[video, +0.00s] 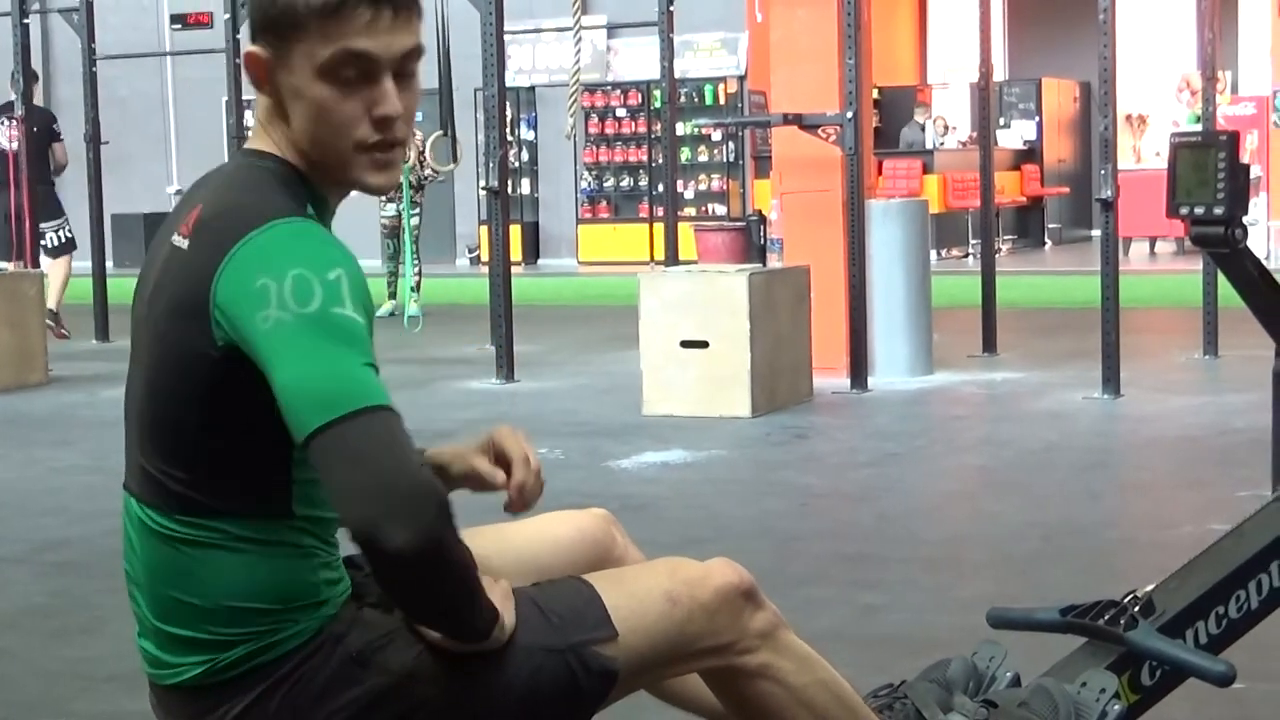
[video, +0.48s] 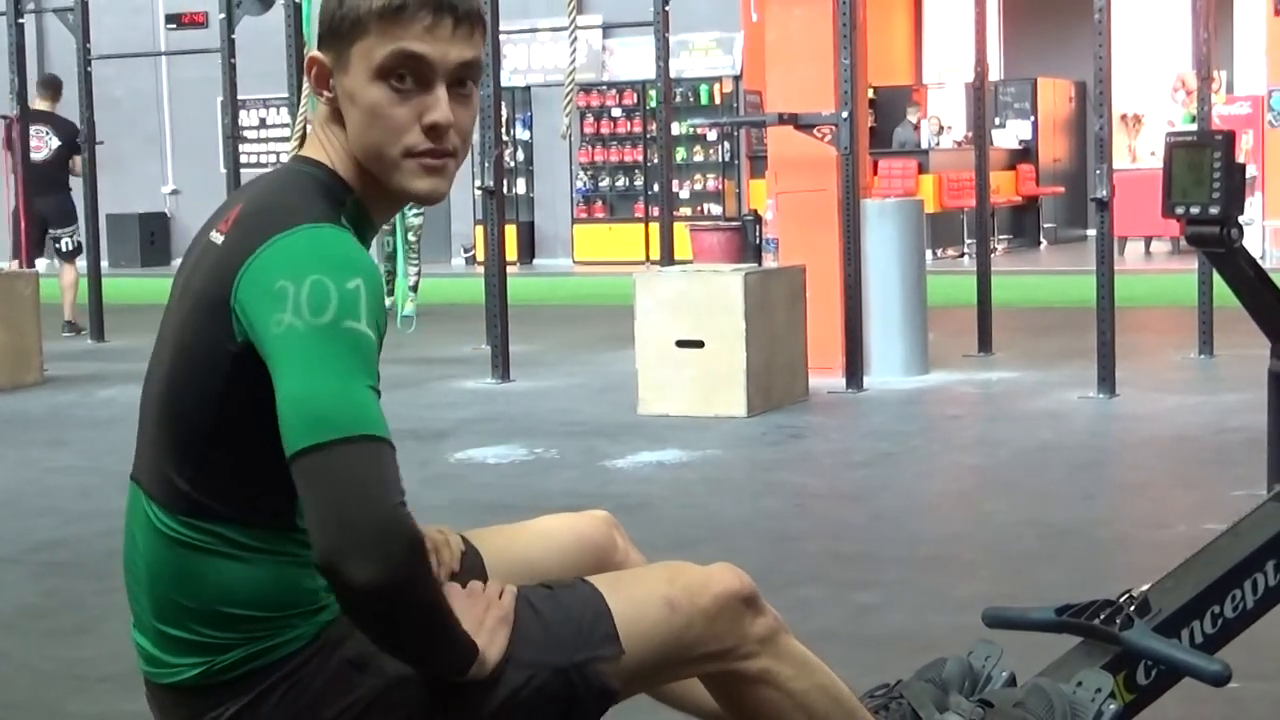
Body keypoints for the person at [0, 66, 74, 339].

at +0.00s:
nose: (38, 89)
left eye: (35, 84)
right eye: (37, 84)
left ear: (11, 86)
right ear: (34, 86)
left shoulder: (1, 113)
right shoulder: (44, 116)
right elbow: (61, 160)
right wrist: (50, 175)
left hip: (6, 195)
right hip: (39, 194)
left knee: (13, 261)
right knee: (62, 253)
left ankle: (16, 322)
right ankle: (52, 309)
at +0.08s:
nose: (38, 90)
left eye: (35, 85)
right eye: (37, 85)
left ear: (12, 86)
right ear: (34, 87)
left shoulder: (2, 114)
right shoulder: (43, 117)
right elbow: (63, 162)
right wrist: (62, 173)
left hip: (7, 198)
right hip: (39, 196)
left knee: (13, 263)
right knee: (62, 257)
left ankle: (15, 324)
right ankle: (57, 316)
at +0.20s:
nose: (42, 94)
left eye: (41, 89)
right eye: (42, 90)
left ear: (16, 88)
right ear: (37, 90)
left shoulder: (2, 116)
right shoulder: (46, 119)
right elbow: (64, 164)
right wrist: (58, 172)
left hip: (8, 201)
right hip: (41, 198)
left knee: (15, 265)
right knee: (58, 259)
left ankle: (15, 327)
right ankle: (68, 320)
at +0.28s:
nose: (44, 95)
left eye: (41, 92)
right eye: (44, 92)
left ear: (19, 90)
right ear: (42, 91)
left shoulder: (5, 120)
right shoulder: (52, 122)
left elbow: (5, 159)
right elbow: (65, 166)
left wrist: (19, 162)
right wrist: (44, 163)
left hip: (11, 202)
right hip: (45, 200)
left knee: (16, 265)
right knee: (58, 263)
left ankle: (14, 324)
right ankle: (70, 319)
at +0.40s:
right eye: (51, 95)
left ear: (27, 93)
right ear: (52, 96)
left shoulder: (11, 123)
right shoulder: (61, 128)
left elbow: (6, 162)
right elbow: (73, 170)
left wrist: (22, 160)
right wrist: (52, 163)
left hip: (18, 203)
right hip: (51, 203)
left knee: (19, 265)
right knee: (63, 263)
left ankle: (14, 324)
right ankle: (70, 322)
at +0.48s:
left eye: (40, 93)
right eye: (55, 95)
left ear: (35, 93)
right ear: (59, 96)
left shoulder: (16, 122)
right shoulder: (67, 128)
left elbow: (10, 165)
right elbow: (79, 168)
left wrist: (28, 161)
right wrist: (56, 160)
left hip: (26, 202)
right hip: (58, 204)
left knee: (20, 263)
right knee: (68, 261)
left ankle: (14, 323)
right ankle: (69, 321)